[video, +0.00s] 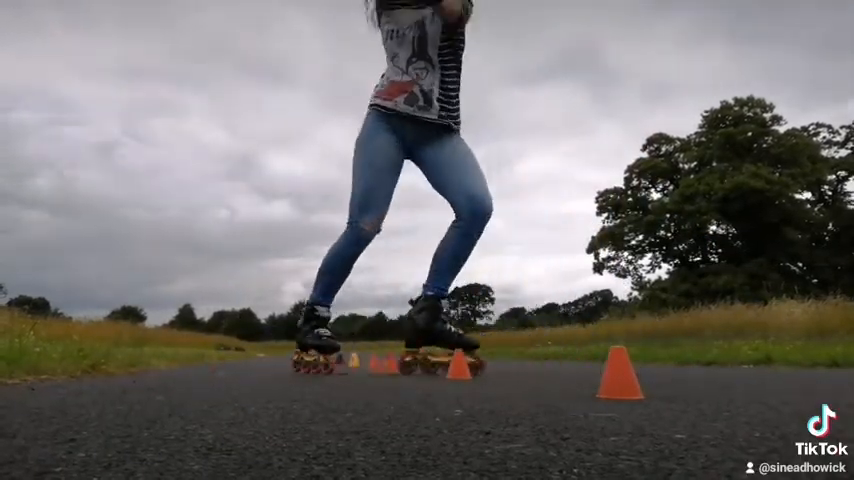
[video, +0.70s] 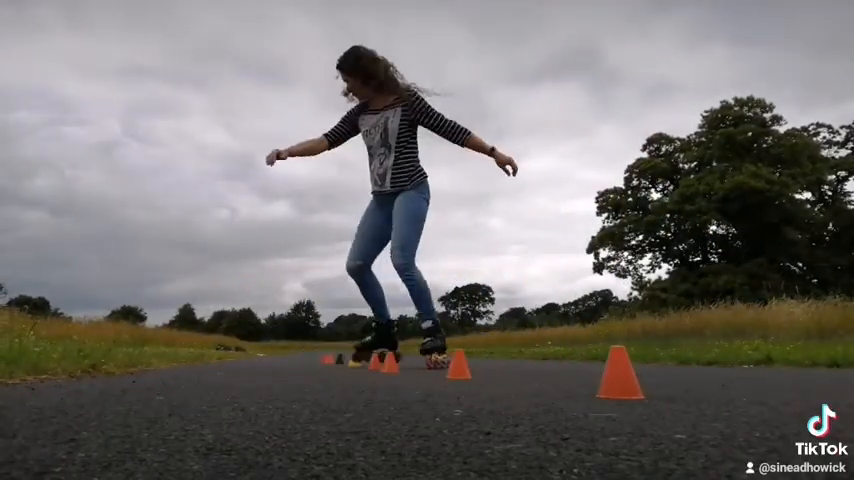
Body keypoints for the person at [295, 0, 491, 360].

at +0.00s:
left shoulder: (457, 7)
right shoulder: (385, 5)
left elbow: (454, 12)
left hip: (439, 130)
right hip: (385, 121)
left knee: (477, 208)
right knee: (364, 225)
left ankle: (426, 314)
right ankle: (313, 320)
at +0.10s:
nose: (374, 11)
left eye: (378, 5)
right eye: (370, 7)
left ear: (404, 1)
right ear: (371, 8)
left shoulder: (436, 15)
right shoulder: (374, 31)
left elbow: (431, 45)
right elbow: (380, 75)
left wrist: (407, 54)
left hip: (424, 147)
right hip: (372, 142)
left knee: (434, 215)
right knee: (351, 237)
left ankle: (379, 313)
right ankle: (329, 323)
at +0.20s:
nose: (364, 34)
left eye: (370, 25)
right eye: (358, 26)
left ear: (390, 12)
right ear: (352, 19)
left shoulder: (413, 28)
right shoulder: (365, 47)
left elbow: (424, 77)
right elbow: (359, 107)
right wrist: (329, 158)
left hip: (410, 156)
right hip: (364, 155)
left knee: (389, 226)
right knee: (350, 242)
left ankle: (343, 314)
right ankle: (366, 320)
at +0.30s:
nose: (343, 32)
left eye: (345, 22)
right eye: (339, 25)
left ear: (363, 15)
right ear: (345, 24)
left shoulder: (404, 45)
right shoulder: (358, 57)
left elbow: (430, 99)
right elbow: (339, 113)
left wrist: (457, 153)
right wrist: (292, 155)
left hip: (405, 164)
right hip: (363, 166)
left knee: (362, 229)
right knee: (367, 254)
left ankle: (329, 319)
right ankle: (397, 328)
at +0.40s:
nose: (347, 48)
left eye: (349, 39)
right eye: (342, 41)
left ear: (366, 27)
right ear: (341, 37)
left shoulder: (404, 57)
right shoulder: (355, 68)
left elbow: (437, 107)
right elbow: (324, 113)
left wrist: (477, 158)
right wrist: (275, 138)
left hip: (401, 166)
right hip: (365, 170)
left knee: (352, 231)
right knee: (385, 258)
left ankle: (347, 329)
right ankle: (416, 326)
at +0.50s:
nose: (358, 65)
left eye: (361, 57)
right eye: (354, 58)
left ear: (373, 45)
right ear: (350, 54)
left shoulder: (407, 68)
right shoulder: (357, 76)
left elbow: (441, 110)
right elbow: (322, 113)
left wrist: (482, 148)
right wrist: (278, 124)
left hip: (403, 170)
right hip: (371, 173)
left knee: (369, 240)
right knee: (381, 256)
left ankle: (389, 322)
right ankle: (423, 313)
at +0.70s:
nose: (347, 88)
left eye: (349, 81)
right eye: (345, 82)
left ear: (368, 78)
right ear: (365, 80)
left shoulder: (409, 102)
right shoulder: (360, 114)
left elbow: (450, 130)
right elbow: (326, 141)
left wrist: (493, 152)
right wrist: (289, 151)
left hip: (412, 191)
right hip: (382, 197)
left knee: (402, 261)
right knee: (356, 265)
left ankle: (433, 332)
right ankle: (386, 333)